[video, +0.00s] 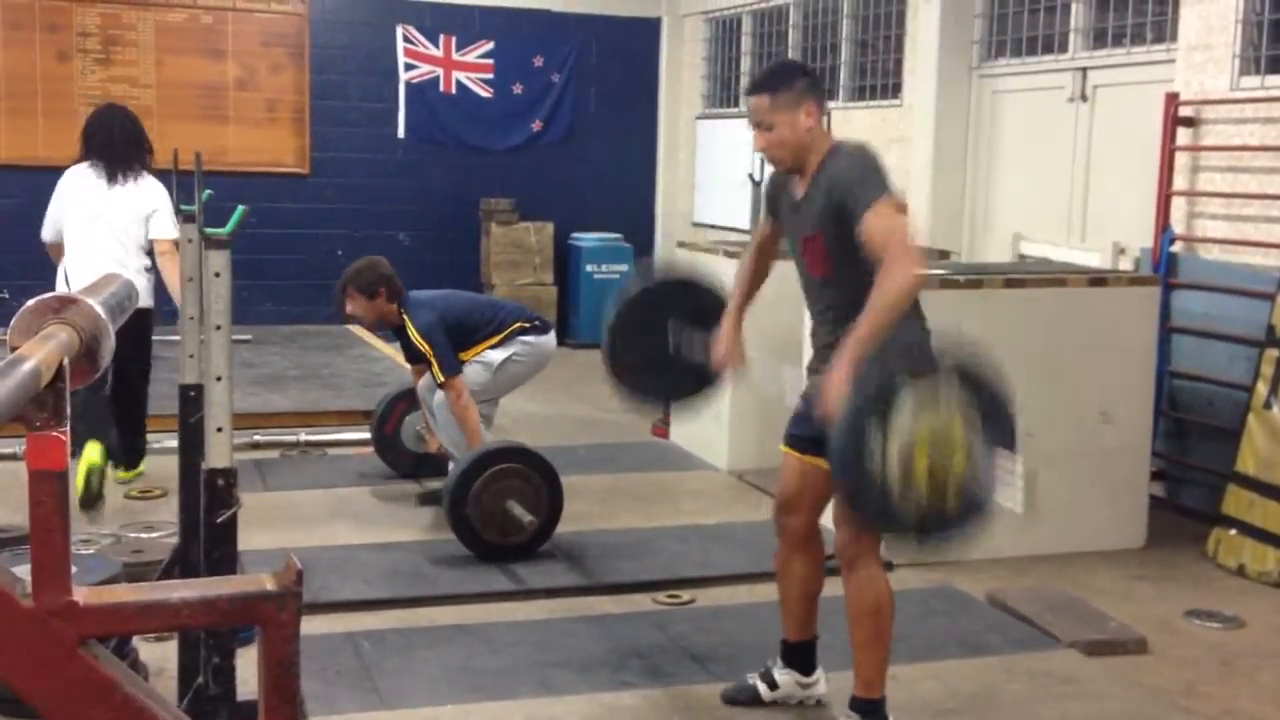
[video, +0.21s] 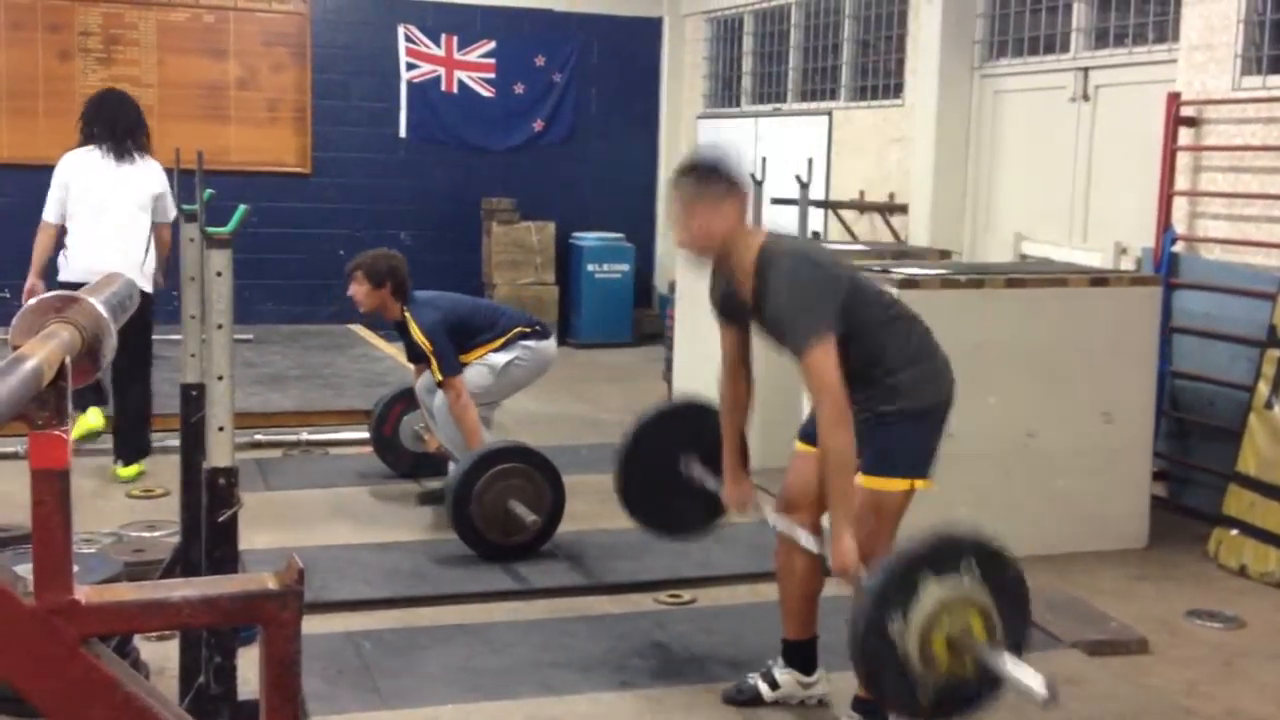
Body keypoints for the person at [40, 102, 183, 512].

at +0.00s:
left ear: (89, 139)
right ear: (137, 140)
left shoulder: (71, 178)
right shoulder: (151, 187)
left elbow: (52, 241)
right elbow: (166, 251)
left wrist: (74, 271)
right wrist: (188, 307)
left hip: (78, 300)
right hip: (131, 302)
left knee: (84, 381)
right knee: (130, 380)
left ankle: (90, 446)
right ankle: (128, 468)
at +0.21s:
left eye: (85, 118)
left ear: (88, 121)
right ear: (136, 122)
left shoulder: (71, 162)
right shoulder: (151, 169)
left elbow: (50, 225)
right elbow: (163, 232)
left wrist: (34, 272)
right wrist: (159, 270)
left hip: (78, 278)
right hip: (132, 281)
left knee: (74, 348)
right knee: (133, 368)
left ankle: (90, 408)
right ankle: (129, 459)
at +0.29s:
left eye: (81, 119)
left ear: (85, 123)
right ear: (131, 124)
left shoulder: (70, 163)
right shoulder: (148, 168)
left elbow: (43, 222)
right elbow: (163, 229)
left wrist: (27, 272)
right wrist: (134, 240)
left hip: (76, 276)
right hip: (131, 280)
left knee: (76, 340)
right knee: (133, 365)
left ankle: (86, 400)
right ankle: (130, 458)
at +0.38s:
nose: (72, 126)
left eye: (75, 119)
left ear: (79, 123)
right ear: (122, 123)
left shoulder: (68, 162)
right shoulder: (140, 165)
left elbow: (43, 218)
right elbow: (158, 218)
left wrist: (24, 272)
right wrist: (130, 236)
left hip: (73, 273)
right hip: (125, 276)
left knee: (71, 330)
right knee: (130, 363)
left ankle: (83, 390)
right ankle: (128, 451)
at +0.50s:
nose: (61, 119)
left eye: (64, 112)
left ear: (66, 116)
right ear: (105, 115)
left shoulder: (57, 155)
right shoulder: (127, 155)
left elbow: (42, 216)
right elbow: (140, 208)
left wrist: (26, 271)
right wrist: (117, 231)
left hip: (69, 268)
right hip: (122, 269)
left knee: (68, 333)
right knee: (129, 351)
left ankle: (82, 388)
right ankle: (129, 434)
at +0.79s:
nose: (35, 88)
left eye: (38, 82)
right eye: (36, 81)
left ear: (49, 85)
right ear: (80, 83)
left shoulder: (41, 124)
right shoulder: (105, 123)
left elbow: (30, 185)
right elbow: (122, 180)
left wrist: (19, 217)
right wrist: (123, 226)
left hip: (62, 235)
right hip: (108, 232)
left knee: (64, 313)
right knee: (103, 305)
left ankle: (81, 389)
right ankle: (115, 358)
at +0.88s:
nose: (27, 81)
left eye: (31, 75)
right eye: (28, 74)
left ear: (44, 80)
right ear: (74, 79)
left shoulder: (37, 120)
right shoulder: (99, 118)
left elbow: (24, 179)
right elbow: (117, 176)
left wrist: (11, 199)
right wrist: (124, 225)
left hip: (63, 231)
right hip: (105, 225)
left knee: (62, 312)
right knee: (95, 300)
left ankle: (81, 391)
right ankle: (109, 361)